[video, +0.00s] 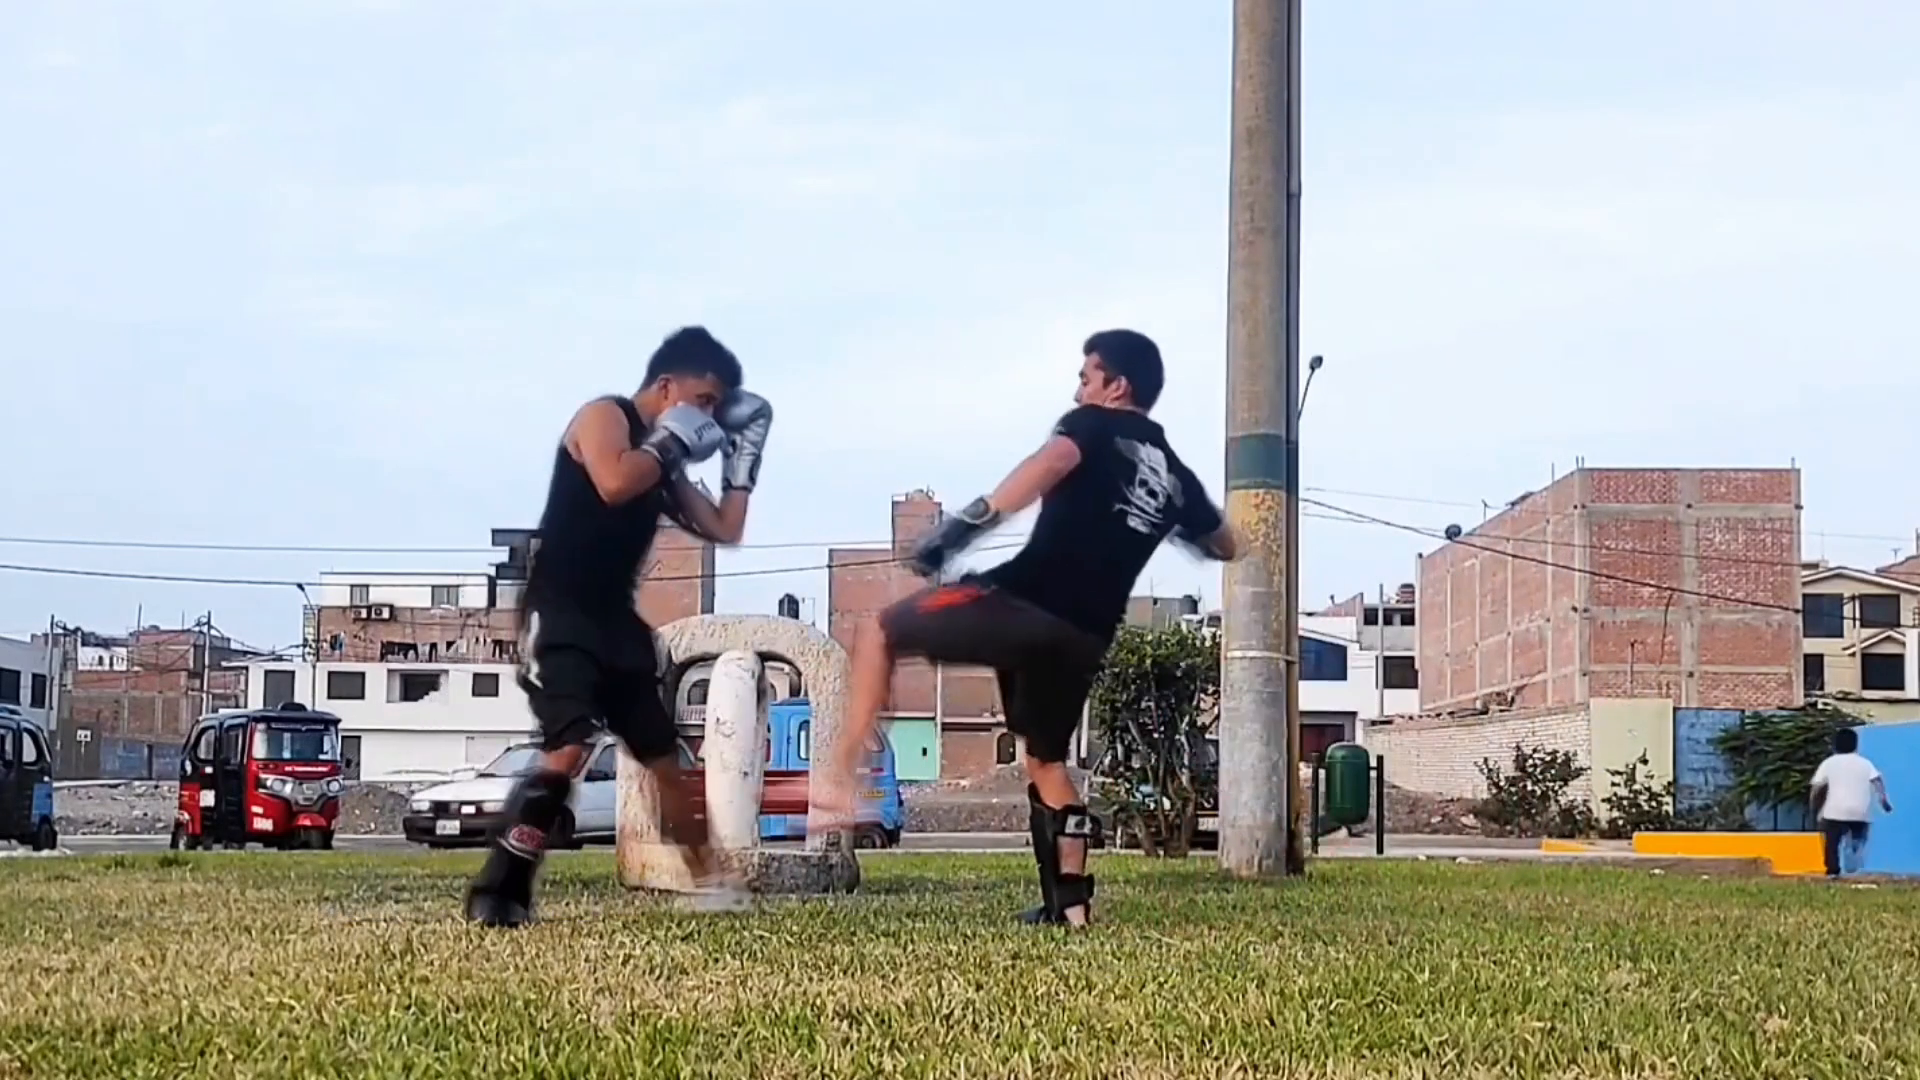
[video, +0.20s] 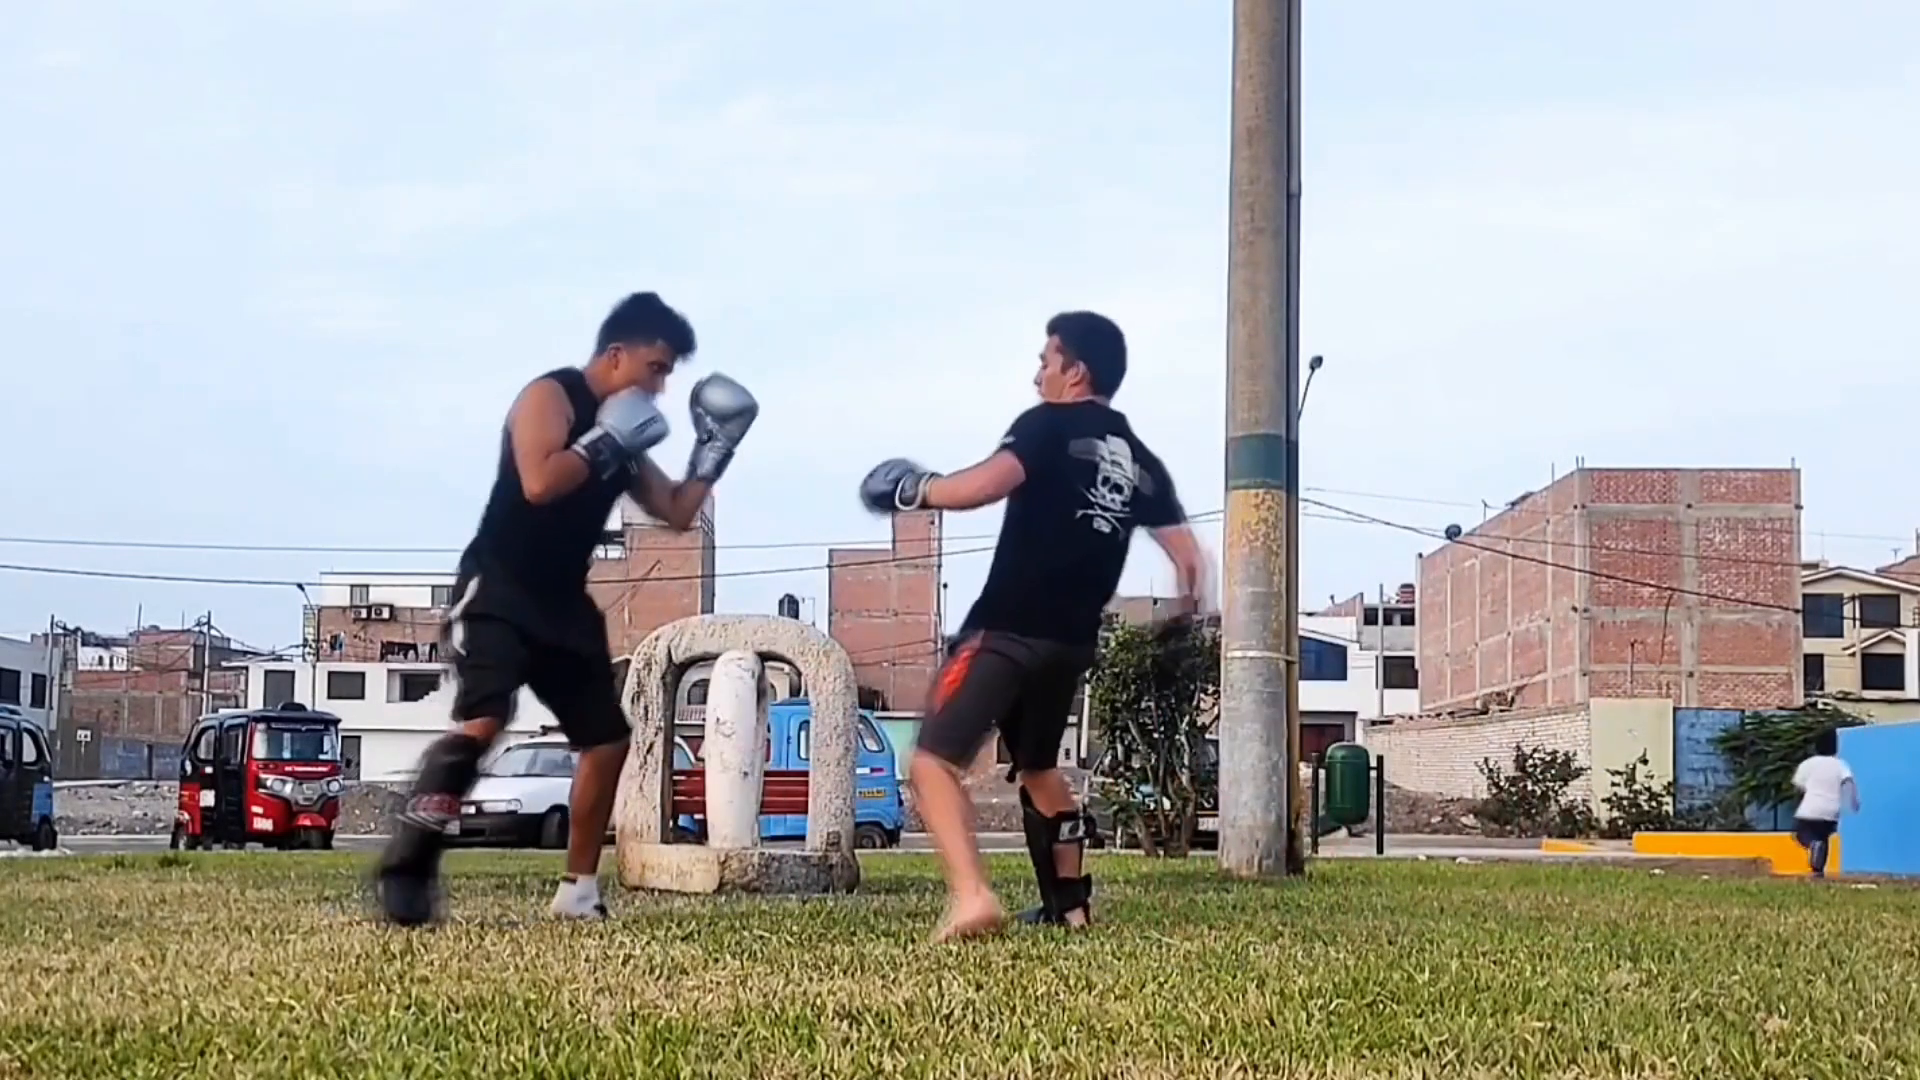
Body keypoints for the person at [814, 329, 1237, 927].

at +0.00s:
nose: (1079, 389)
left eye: (1087, 378)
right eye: (1082, 377)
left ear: (1119, 386)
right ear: (1140, 391)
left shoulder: (1094, 423)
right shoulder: (1178, 476)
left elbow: (1054, 462)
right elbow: (1227, 546)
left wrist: (964, 524)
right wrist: (1184, 523)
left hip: (1023, 606)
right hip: (1084, 639)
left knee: (880, 631)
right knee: (1047, 759)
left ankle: (839, 779)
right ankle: (1071, 905)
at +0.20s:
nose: (1038, 372)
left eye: (1047, 360)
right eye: (1043, 359)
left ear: (1078, 372)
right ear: (1100, 376)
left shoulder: (1049, 422)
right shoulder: (1142, 461)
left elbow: (987, 484)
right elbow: (1188, 554)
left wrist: (914, 489)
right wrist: (1187, 609)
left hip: (1008, 628)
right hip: (1072, 641)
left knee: (932, 761)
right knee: (1039, 767)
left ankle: (971, 897)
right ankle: (1070, 905)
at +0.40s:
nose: (997, 332)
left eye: (1007, 319)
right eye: (1002, 318)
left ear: (1039, 329)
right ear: (1059, 332)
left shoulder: (1025, 398)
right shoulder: (1113, 421)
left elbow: (966, 497)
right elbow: (1116, 537)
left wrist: (942, 437)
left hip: (1021, 615)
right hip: (1087, 620)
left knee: (940, 746)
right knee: (1055, 751)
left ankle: (986, 919)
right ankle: (1059, 908)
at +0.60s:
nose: (1010, 277)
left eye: (1020, 262)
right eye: (1015, 262)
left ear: (1056, 270)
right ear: (1066, 272)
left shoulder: (1083, 338)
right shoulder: (1086, 341)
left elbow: (1029, 438)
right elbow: (1041, 435)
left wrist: (989, 376)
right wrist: (1006, 378)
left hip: (1086, 562)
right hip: (1081, 560)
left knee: (1015, 718)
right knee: (1047, 727)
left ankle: (996, 907)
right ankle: (1136, 886)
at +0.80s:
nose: (1047, 284)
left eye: (1056, 268)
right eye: (1051, 268)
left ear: (1091, 278)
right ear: (1105, 282)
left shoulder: (1118, 353)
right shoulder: (1106, 357)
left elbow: (1081, 467)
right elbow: (1078, 461)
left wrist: (1030, 396)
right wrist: (1035, 402)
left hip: (1127, 589)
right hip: (1120, 587)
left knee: (1063, 728)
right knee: (1120, 759)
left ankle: (1191, 878)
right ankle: (1152, 918)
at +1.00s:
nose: (1061, 273)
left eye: (1072, 257)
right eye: (1066, 258)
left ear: (1106, 267)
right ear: (1112, 271)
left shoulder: (1148, 348)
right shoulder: (1111, 361)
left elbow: (1153, 470)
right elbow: (1131, 466)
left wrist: (1069, 434)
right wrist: (1071, 428)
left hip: (1166, 604)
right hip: (1116, 607)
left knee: (1197, 766)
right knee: (1086, 767)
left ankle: (1295, 947)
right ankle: (1156, 933)